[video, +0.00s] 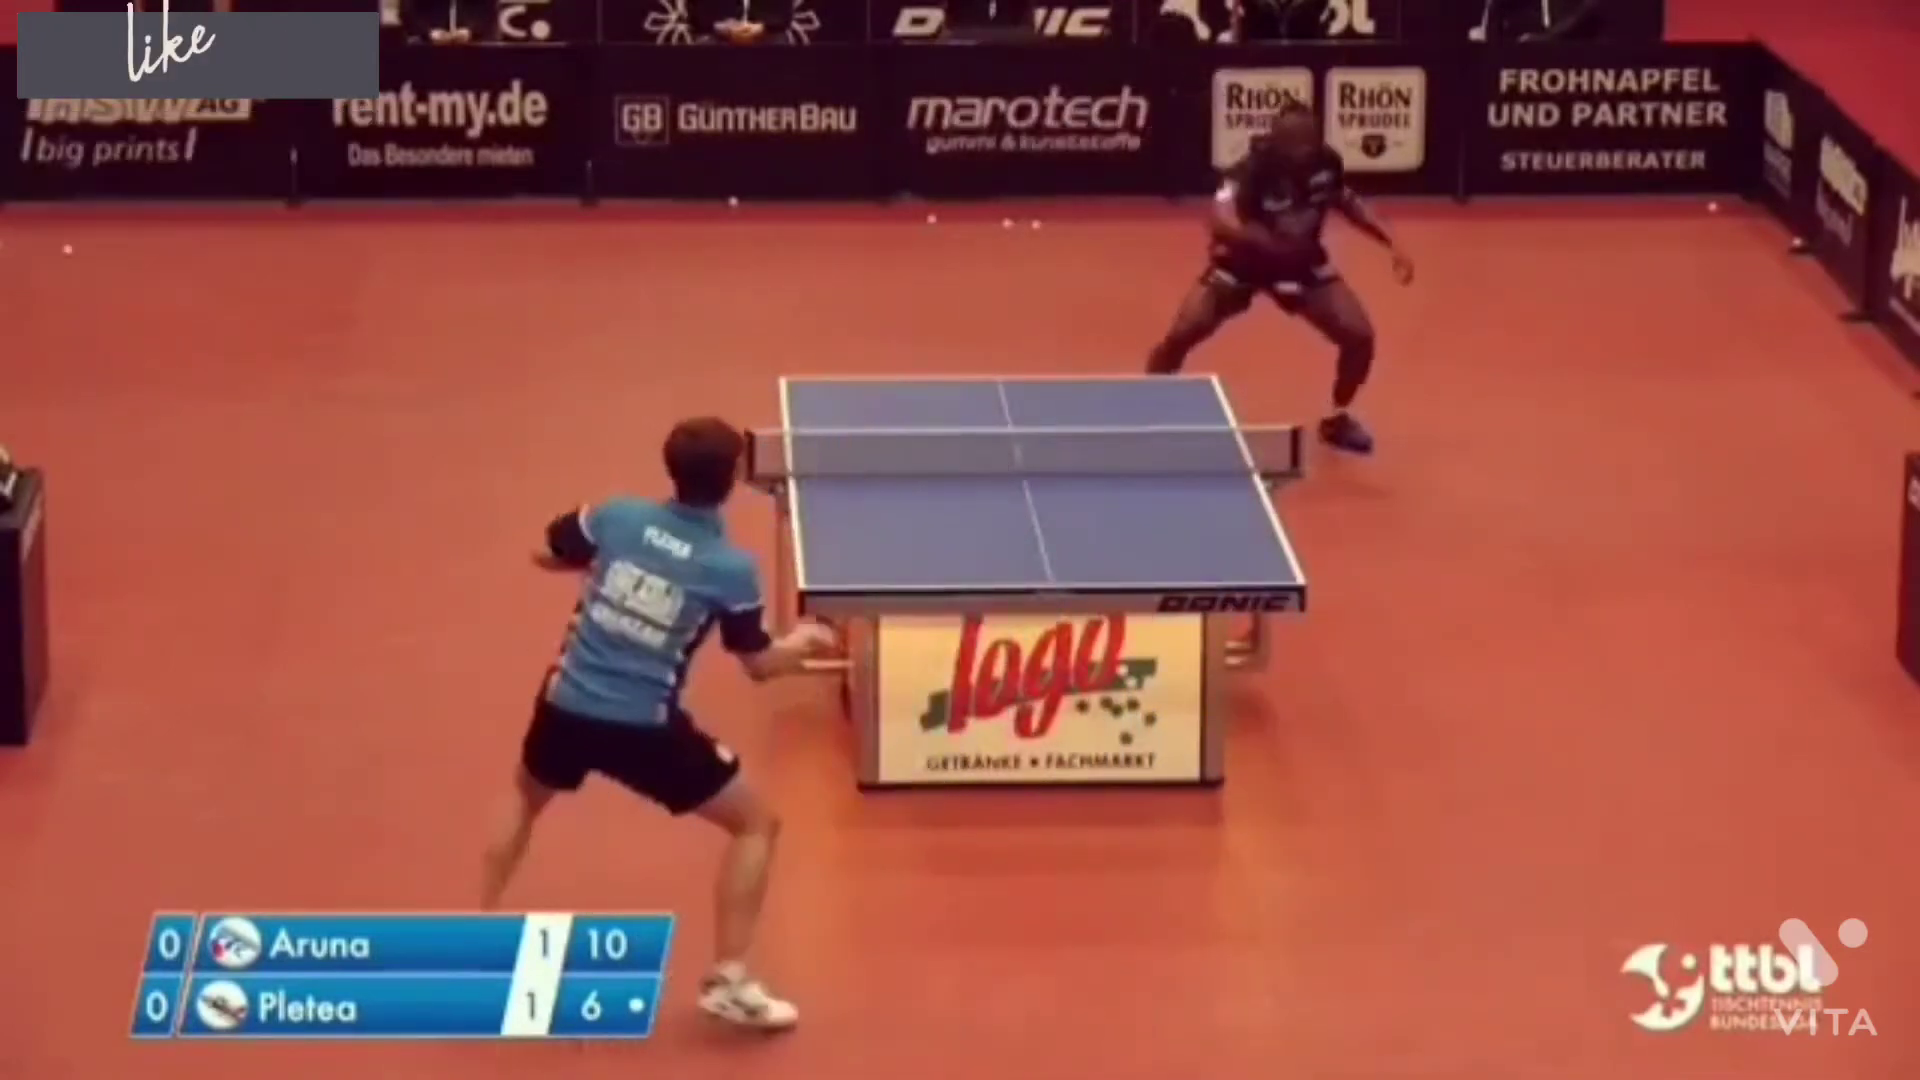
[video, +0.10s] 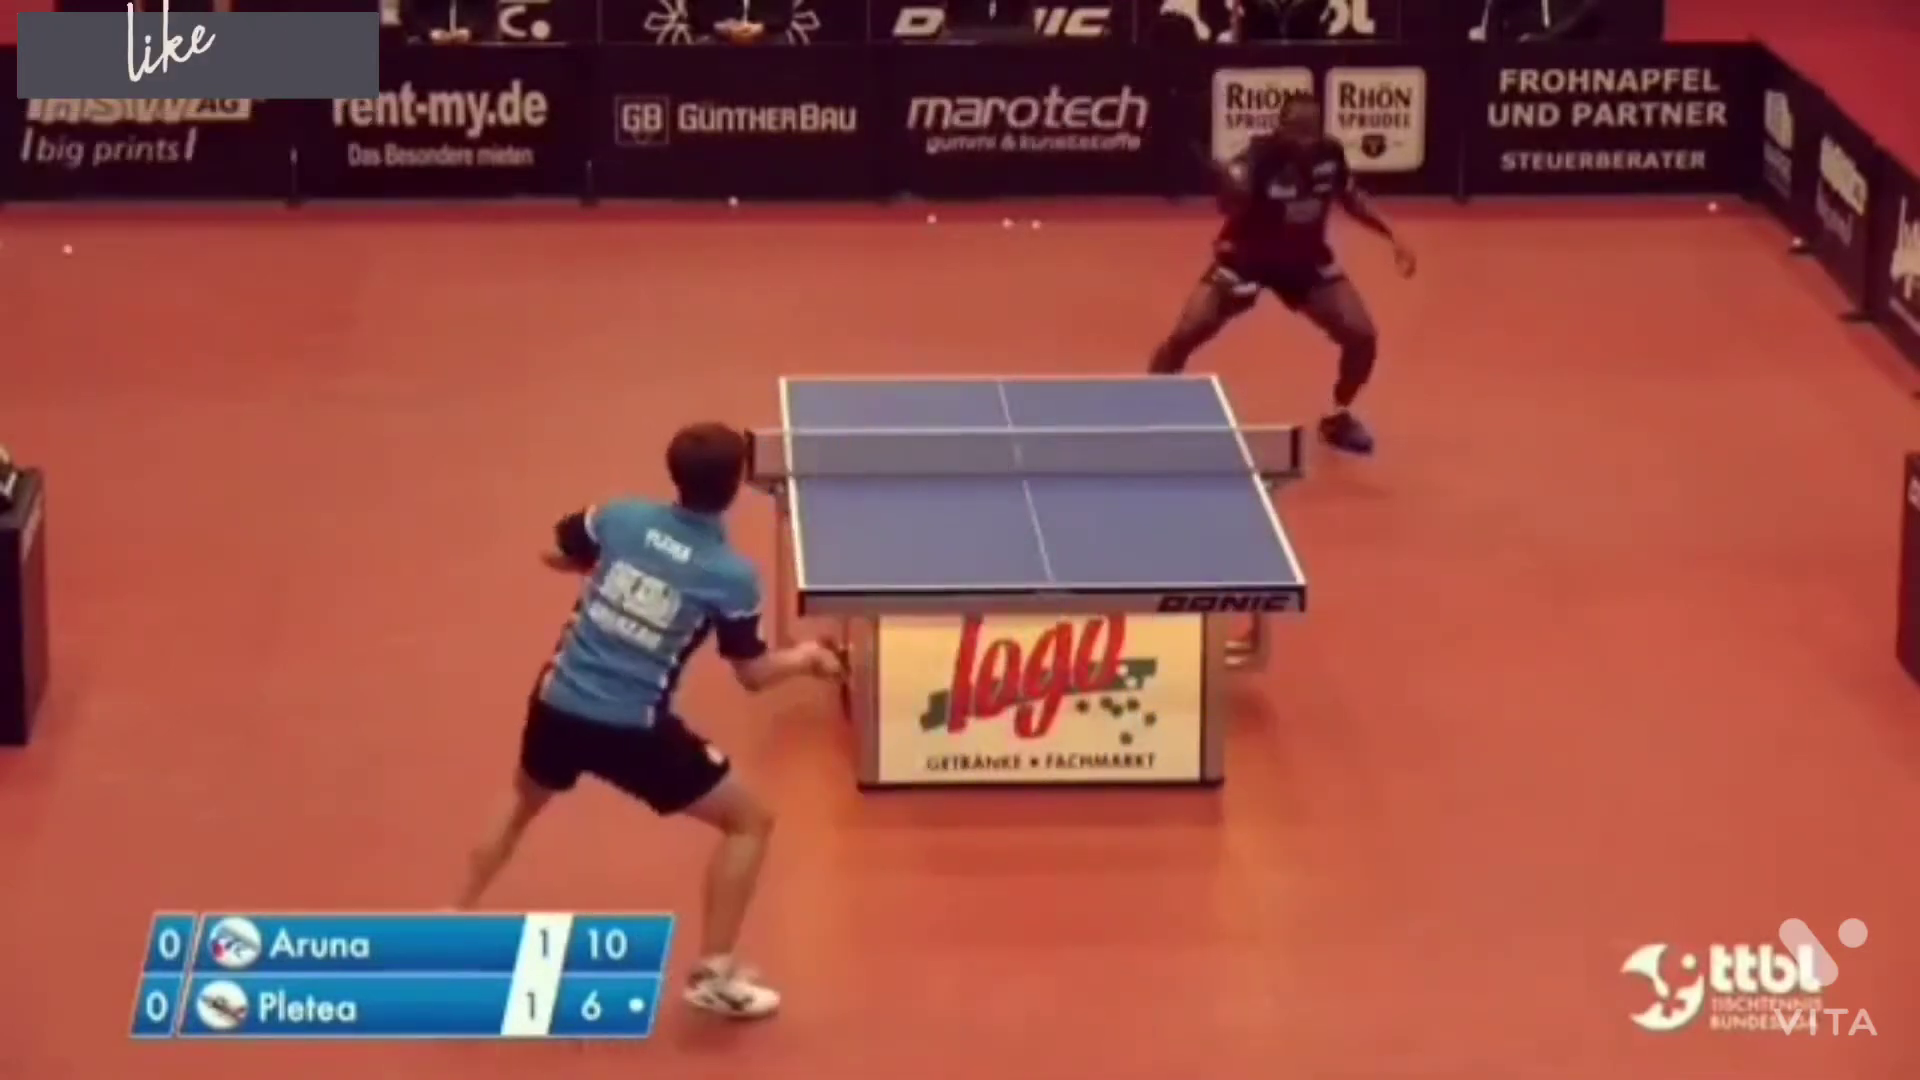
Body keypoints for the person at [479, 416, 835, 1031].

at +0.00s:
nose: (739, 474)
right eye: (736, 467)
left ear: (671, 471)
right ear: (731, 479)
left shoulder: (620, 517)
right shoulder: (732, 569)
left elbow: (555, 547)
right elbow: (759, 664)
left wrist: (611, 567)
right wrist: (802, 641)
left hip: (564, 712)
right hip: (642, 730)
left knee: (524, 801)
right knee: (756, 824)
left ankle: (478, 928)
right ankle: (731, 977)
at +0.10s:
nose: (741, 480)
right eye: (740, 472)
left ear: (675, 478)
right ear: (734, 486)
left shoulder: (625, 519)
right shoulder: (733, 576)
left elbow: (561, 548)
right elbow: (754, 673)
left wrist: (610, 567)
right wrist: (806, 656)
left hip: (556, 712)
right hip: (633, 733)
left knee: (521, 802)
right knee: (751, 821)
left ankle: (454, 918)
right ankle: (716, 971)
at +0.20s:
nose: (748, 521)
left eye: (743, 509)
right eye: (745, 514)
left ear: (684, 513)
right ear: (737, 531)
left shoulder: (648, 549)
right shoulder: (706, 621)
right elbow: (716, 727)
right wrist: (783, 763)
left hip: (536, 727)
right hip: (599, 755)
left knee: (495, 825)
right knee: (723, 831)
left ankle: (395, 912)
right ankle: (703, 981)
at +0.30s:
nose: (735, 555)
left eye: (731, 545)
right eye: (732, 549)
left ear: (673, 545)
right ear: (720, 563)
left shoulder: (653, 575)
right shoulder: (671, 647)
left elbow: (714, 599)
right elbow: (645, 756)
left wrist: (779, 626)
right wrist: (707, 818)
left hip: (513, 731)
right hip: (564, 766)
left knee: (490, 834)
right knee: (702, 829)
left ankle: (370, 906)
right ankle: (704, 980)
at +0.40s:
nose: (676, 579)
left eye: (672, 574)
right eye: (669, 576)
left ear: (617, 572)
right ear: (652, 592)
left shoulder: (619, 593)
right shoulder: (577, 657)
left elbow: (686, 598)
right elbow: (509, 742)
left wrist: (761, 622)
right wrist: (507, 843)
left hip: (485, 745)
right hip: (523, 772)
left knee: (467, 834)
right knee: (665, 822)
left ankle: (340, 883)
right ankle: (697, 979)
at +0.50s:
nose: (592, 590)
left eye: (591, 580)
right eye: (589, 581)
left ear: (541, 579)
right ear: (570, 591)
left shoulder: (546, 621)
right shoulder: (497, 643)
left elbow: (556, 658)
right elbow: (431, 714)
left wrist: (594, 659)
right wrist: (412, 795)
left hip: (466, 776)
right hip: (493, 791)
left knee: (422, 840)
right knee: (624, 831)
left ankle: (341, 896)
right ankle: (694, 978)